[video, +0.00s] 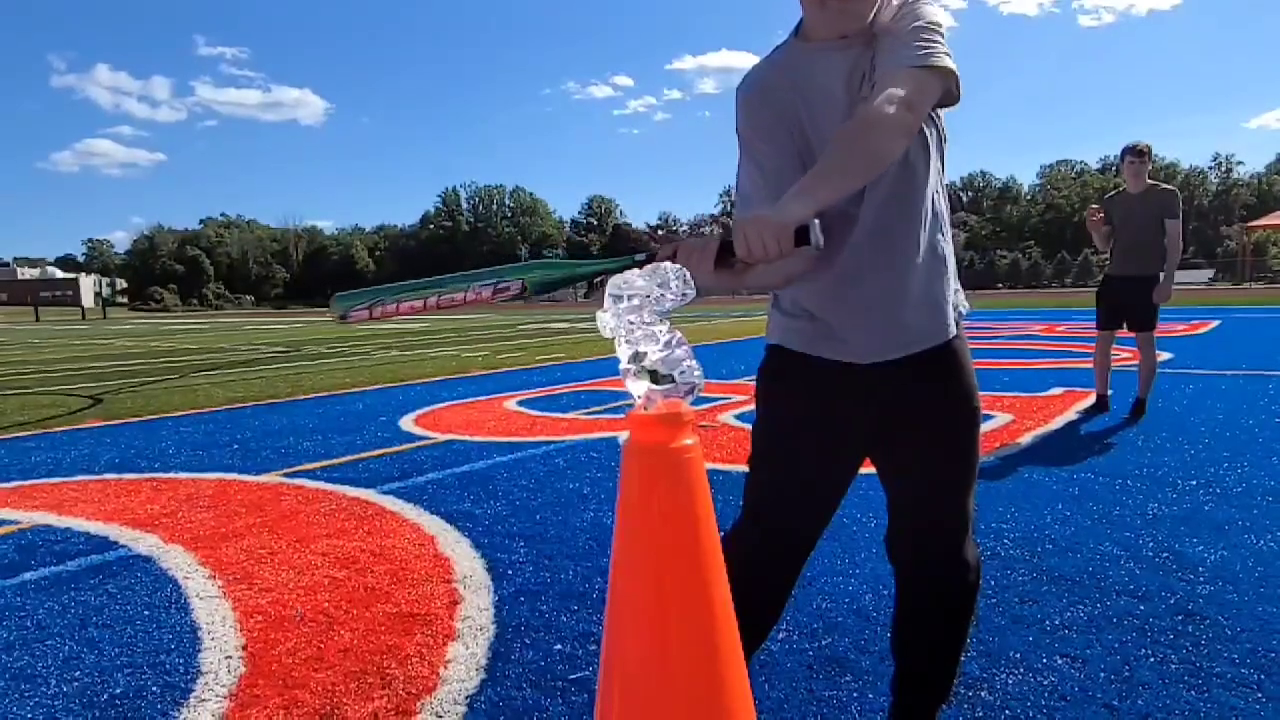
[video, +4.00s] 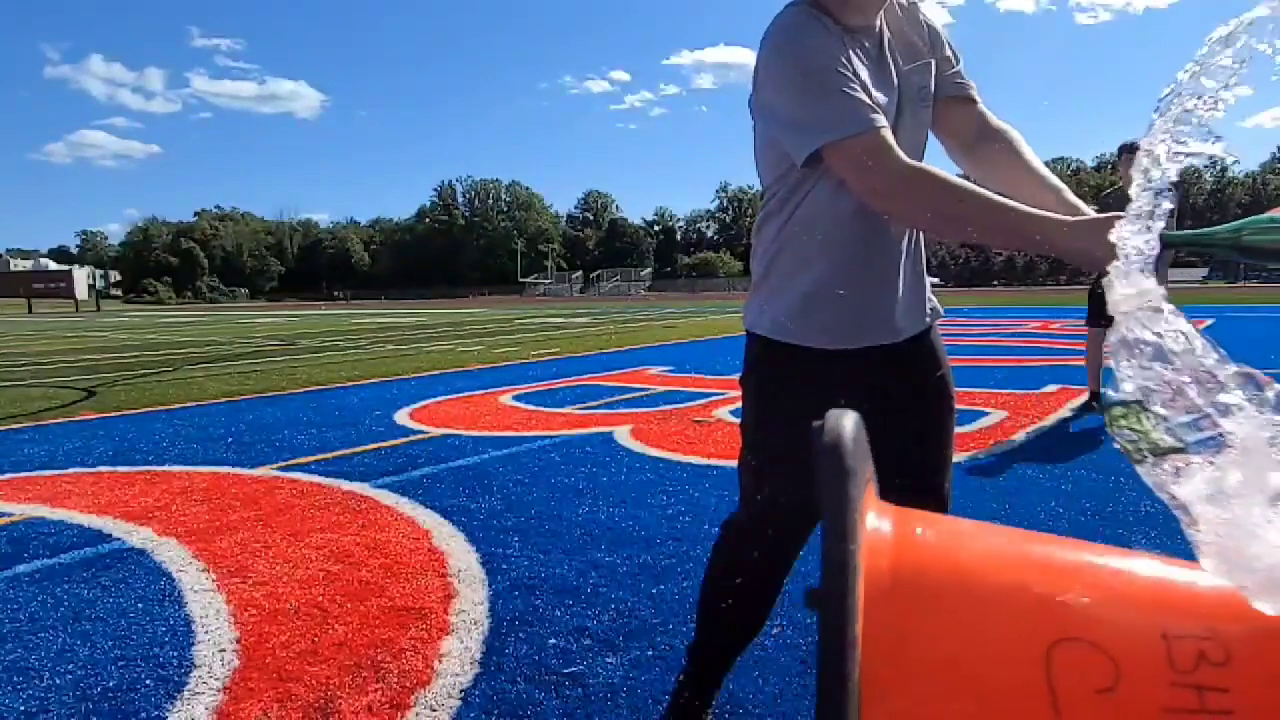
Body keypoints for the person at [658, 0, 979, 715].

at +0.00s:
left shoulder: (910, 21)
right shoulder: (766, 87)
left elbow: (895, 113)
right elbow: (792, 251)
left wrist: (785, 210)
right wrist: (710, 271)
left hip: (927, 355)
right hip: (811, 364)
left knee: (941, 565)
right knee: (759, 565)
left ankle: (918, 707)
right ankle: (687, 696)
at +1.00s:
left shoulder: (919, 21)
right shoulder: (776, 72)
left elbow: (930, 122)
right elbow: (799, 197)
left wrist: (883, 198)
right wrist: (810, 267)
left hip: (921, 354)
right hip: (810, 362)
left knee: (932, 558)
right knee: (767, 547)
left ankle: (911, 711)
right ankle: (685, 689)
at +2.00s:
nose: (867, 0)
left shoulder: (916, 20)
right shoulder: (783, 62)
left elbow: (946, 122)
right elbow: (821, 211)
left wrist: (961, 202)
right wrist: (912, 265)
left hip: (914, 328)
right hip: (808, 336)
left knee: (930, 544)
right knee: (773, 534)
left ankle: (908, 706)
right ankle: (703, 702)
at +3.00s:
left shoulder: (912, 21)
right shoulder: (788, 50)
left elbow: (970, 129)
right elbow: (845, 192)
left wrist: (1042, 217)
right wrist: (1015, 252)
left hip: (907, 335)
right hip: (806, 343)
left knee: (920, 539)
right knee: (775, 527)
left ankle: (922, 702)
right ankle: (702, 684)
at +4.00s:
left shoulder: (913, 23)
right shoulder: (798, 42)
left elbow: (977, 137)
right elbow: (887, 182)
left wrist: (1083, 221)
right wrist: (1064, 238)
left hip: (904, 338)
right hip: (802, 346)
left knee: (921, 539)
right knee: (769, 531)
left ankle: (923, 694)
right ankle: (693, 696)